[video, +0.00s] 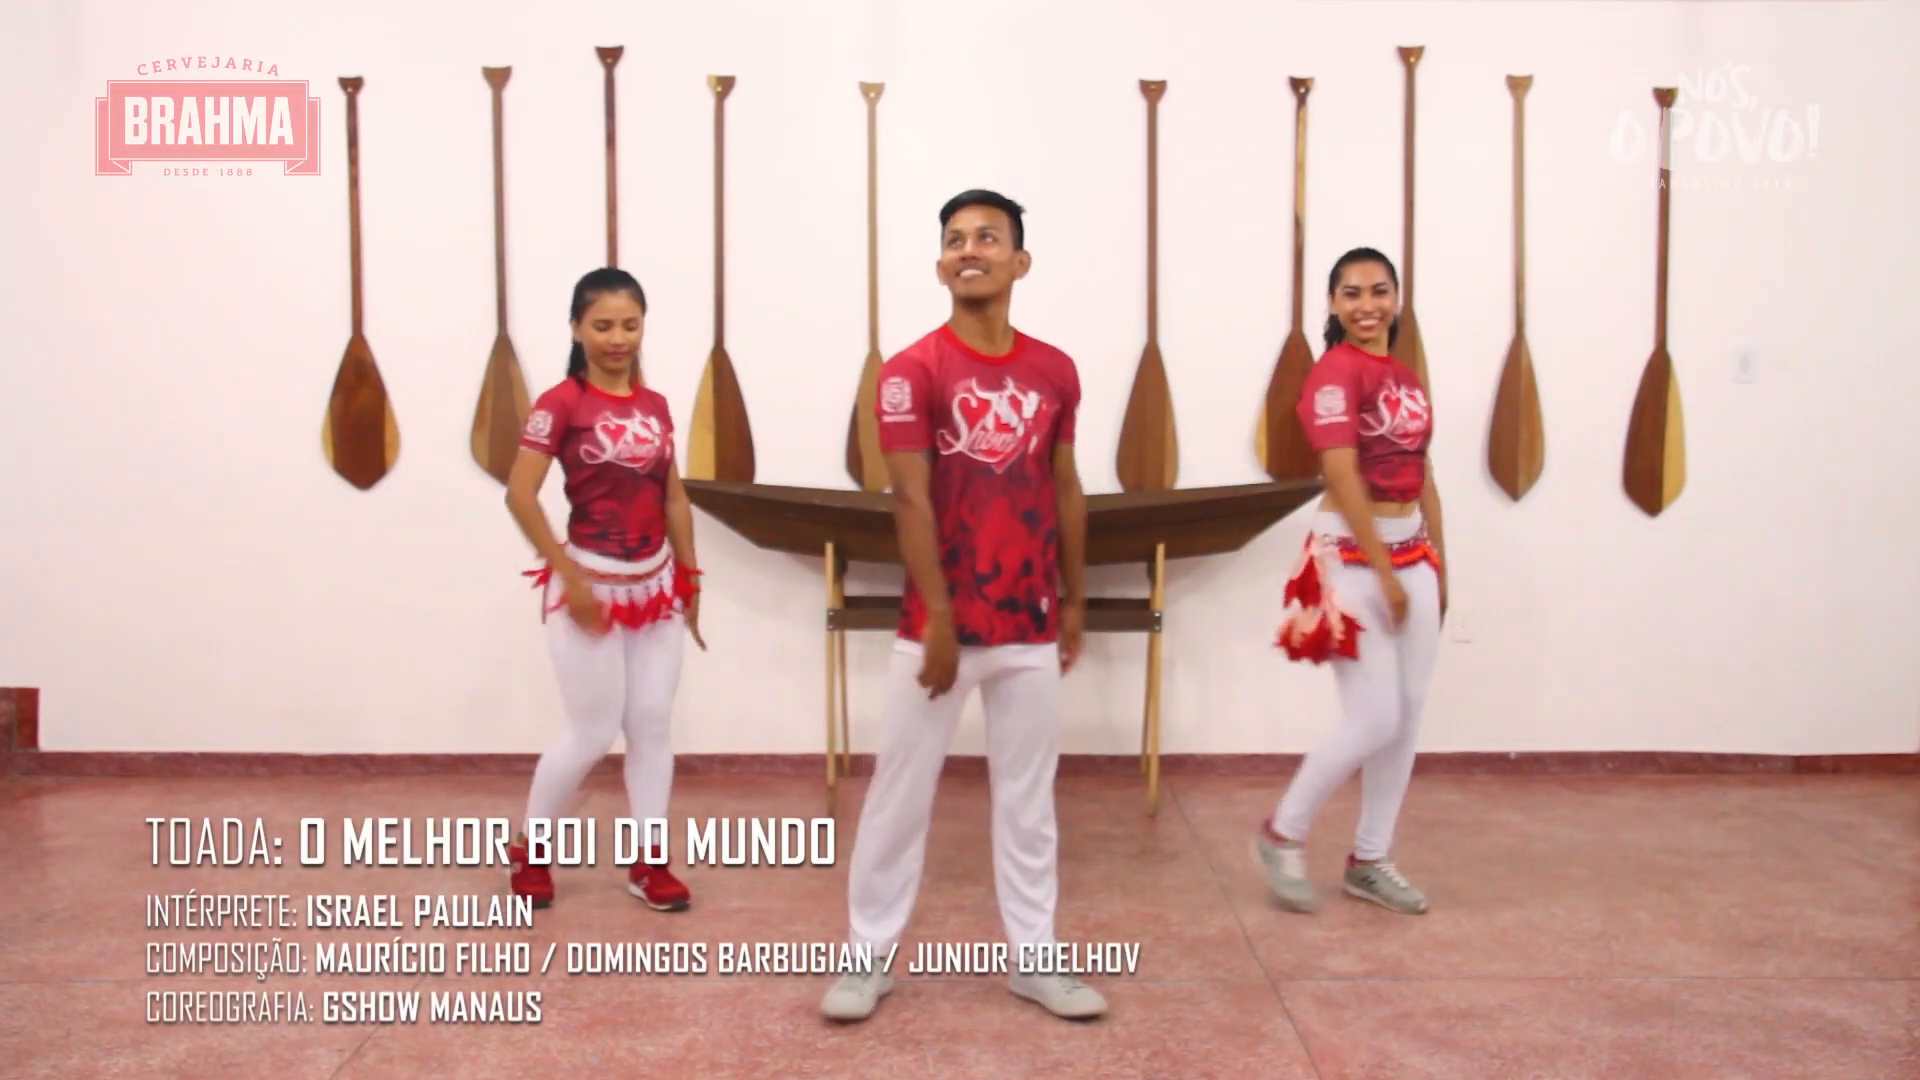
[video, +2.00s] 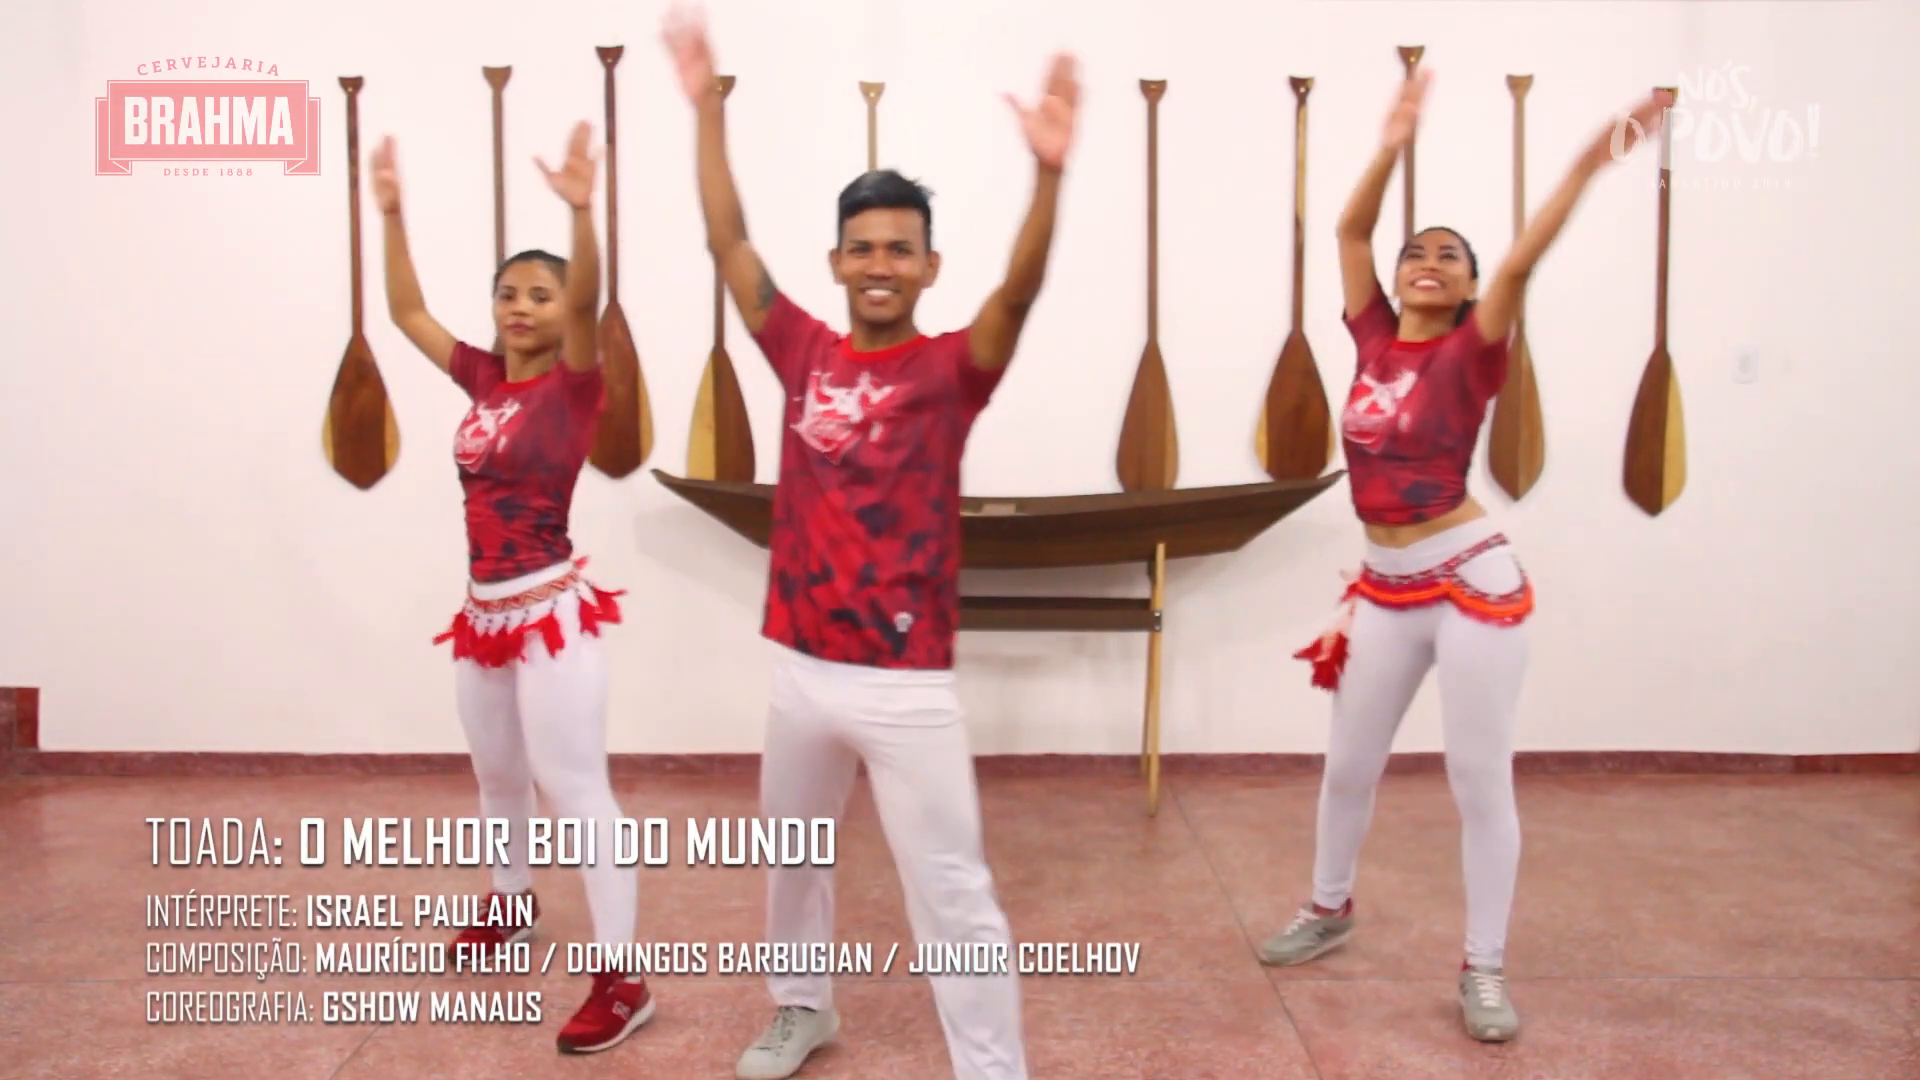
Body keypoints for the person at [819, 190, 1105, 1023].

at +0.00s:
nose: (969, 249)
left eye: (987, 237)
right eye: (956, 239)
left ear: (1020, 261)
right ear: (939, 264)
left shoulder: (1054, 371)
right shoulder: (912, 371)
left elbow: (1064, 486)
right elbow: (911, 499)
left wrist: (1074, 600)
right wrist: (939, 618)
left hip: (1028, 626)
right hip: (937, 625)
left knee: (1028, 800)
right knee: (898, 797)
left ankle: (1034, 954)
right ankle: (868, 951)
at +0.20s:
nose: (967, 250)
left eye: (986, 238)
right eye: (955, 240)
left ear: (1022, 262)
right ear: (941, 266)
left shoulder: (1054, 372)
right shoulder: (920, 367)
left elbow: (1087, 486)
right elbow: (930, 482)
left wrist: (1113, 587)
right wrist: (1020, 561)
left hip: (1043, 622)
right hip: (958, 624)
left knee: (1043, 799)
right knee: (927, 797)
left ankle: (1037, 954)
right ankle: (880, 951)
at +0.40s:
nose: (958, 245)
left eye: (977, 234)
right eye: (946, 236)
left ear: (1015, 258)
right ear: (934, 263)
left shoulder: (1055, 351)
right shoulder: (920, 355)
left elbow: (1140, 363)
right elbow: (889, 360)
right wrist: (952, 312)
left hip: (1035, 622)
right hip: (944, 622)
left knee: (1037, 803)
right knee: (890, 788)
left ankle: (1035, 955)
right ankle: (850, 959)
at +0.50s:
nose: (954, 248)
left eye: (973, 235)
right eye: (942, 238)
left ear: (1009, 258)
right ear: (929, 265)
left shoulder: (1043, 344)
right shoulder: (914, 352)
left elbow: (1147, 297)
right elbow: (872, 301)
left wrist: (1239, 233)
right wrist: (906, 206)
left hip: (1029, 623)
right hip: (935, 624)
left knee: (1033, 803)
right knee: (878, 798)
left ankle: (1035, 958)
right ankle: (819, 975)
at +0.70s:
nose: (922, 254)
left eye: (943, 242)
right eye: (912, 243)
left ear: (981, 265)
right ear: (899, 261)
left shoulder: (1006, 348)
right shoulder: (869, 349)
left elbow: (1077, 249)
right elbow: (803, 270)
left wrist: (1120, 138)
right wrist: (757, 163)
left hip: (994, 627)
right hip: (896, 630)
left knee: (1014, 805)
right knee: (850, 817)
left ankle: (1033, 956)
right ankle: (816, 998)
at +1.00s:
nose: (862, 240)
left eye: (883, 229)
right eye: (852, 228)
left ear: (924, 255)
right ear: (838, 248)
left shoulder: (944, 343)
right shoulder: (792, 338)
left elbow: (999, 242)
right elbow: (687, 282)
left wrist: (981, 123)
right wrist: (577, 217)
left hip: (915, 629)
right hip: (808, 630)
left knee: (982, 798)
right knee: (791, 827)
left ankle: (1044, 953)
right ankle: (807, 1006)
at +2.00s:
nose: (881, 265)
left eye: (900, 249)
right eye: (863, 249)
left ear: (931, 266)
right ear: (837, 264)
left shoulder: (955, 372)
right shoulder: (805, 358)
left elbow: (1019, 287)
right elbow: (727, 241)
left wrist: (1048, 172)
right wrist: (706, 102)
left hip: (910, 681)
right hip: (802, 669)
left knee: (953, 894)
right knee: (790, 855)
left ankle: (993, 1069)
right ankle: (801, 1011)